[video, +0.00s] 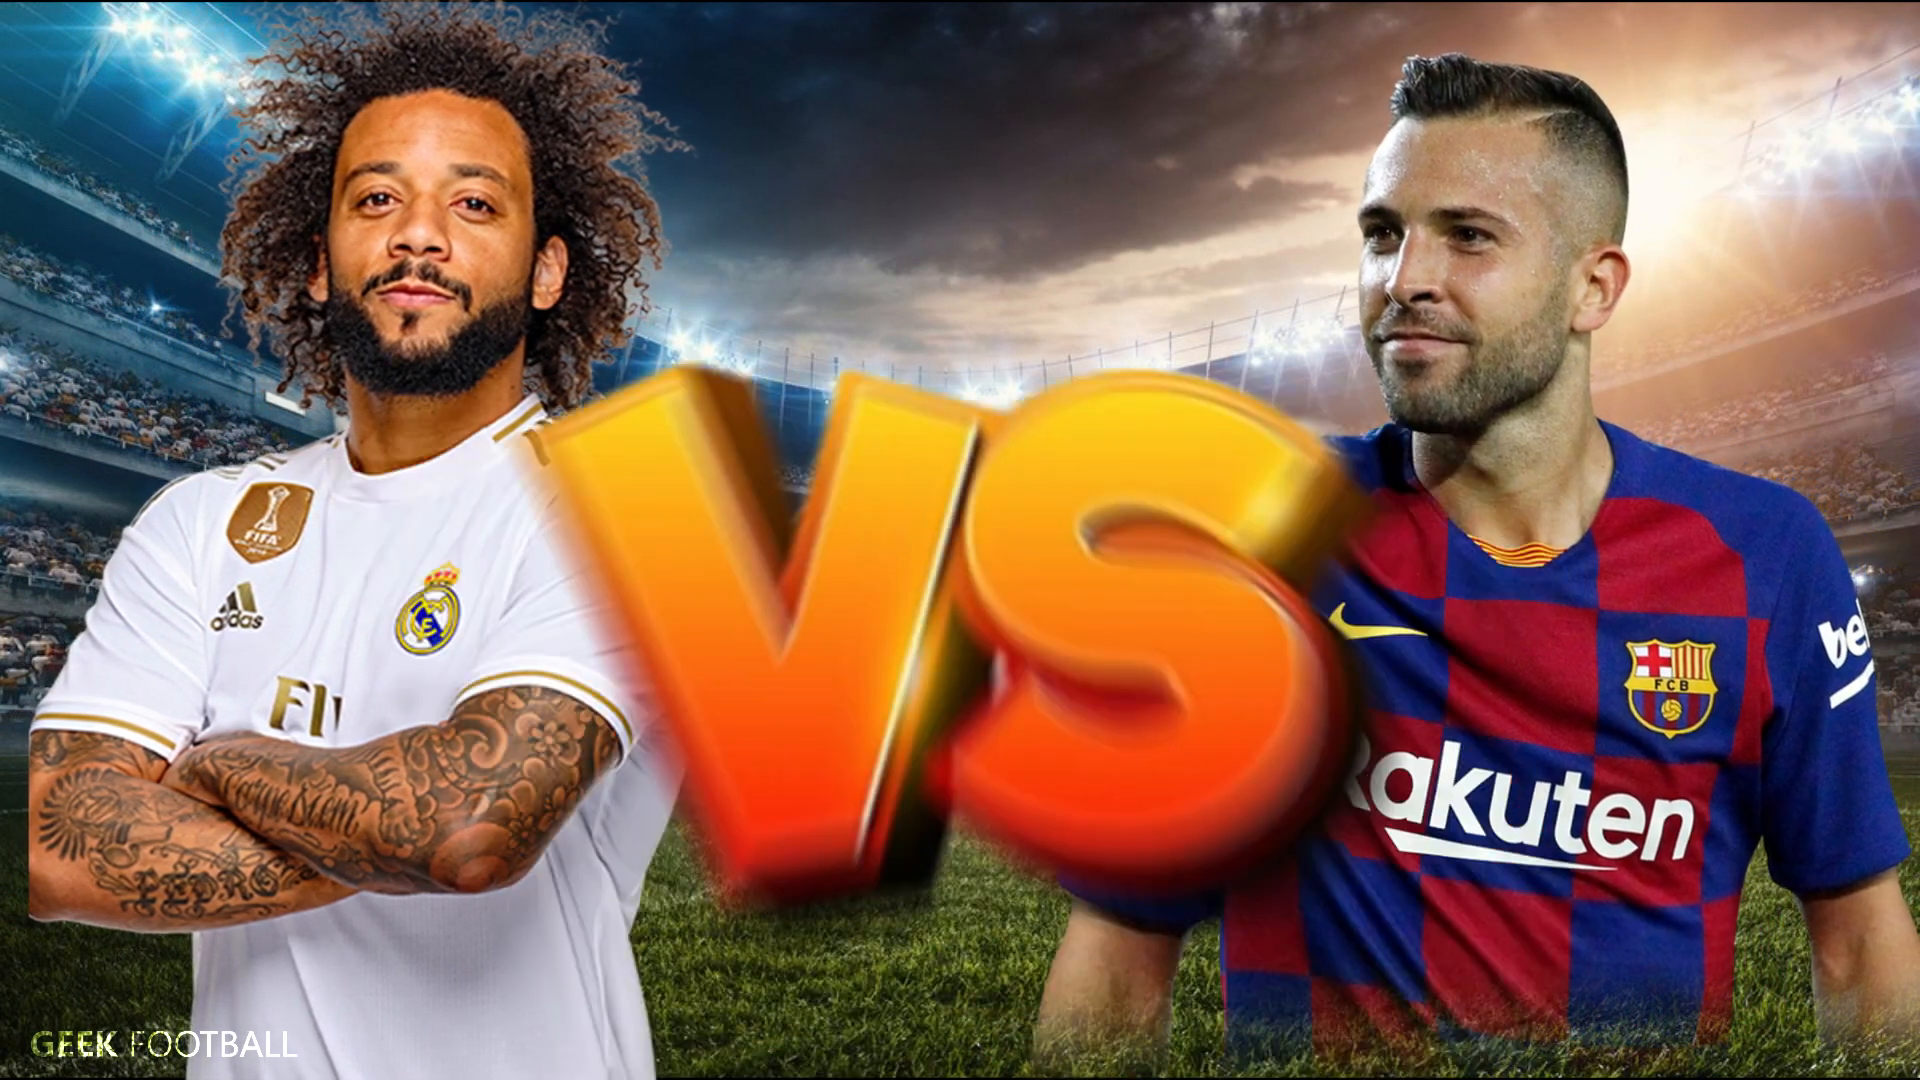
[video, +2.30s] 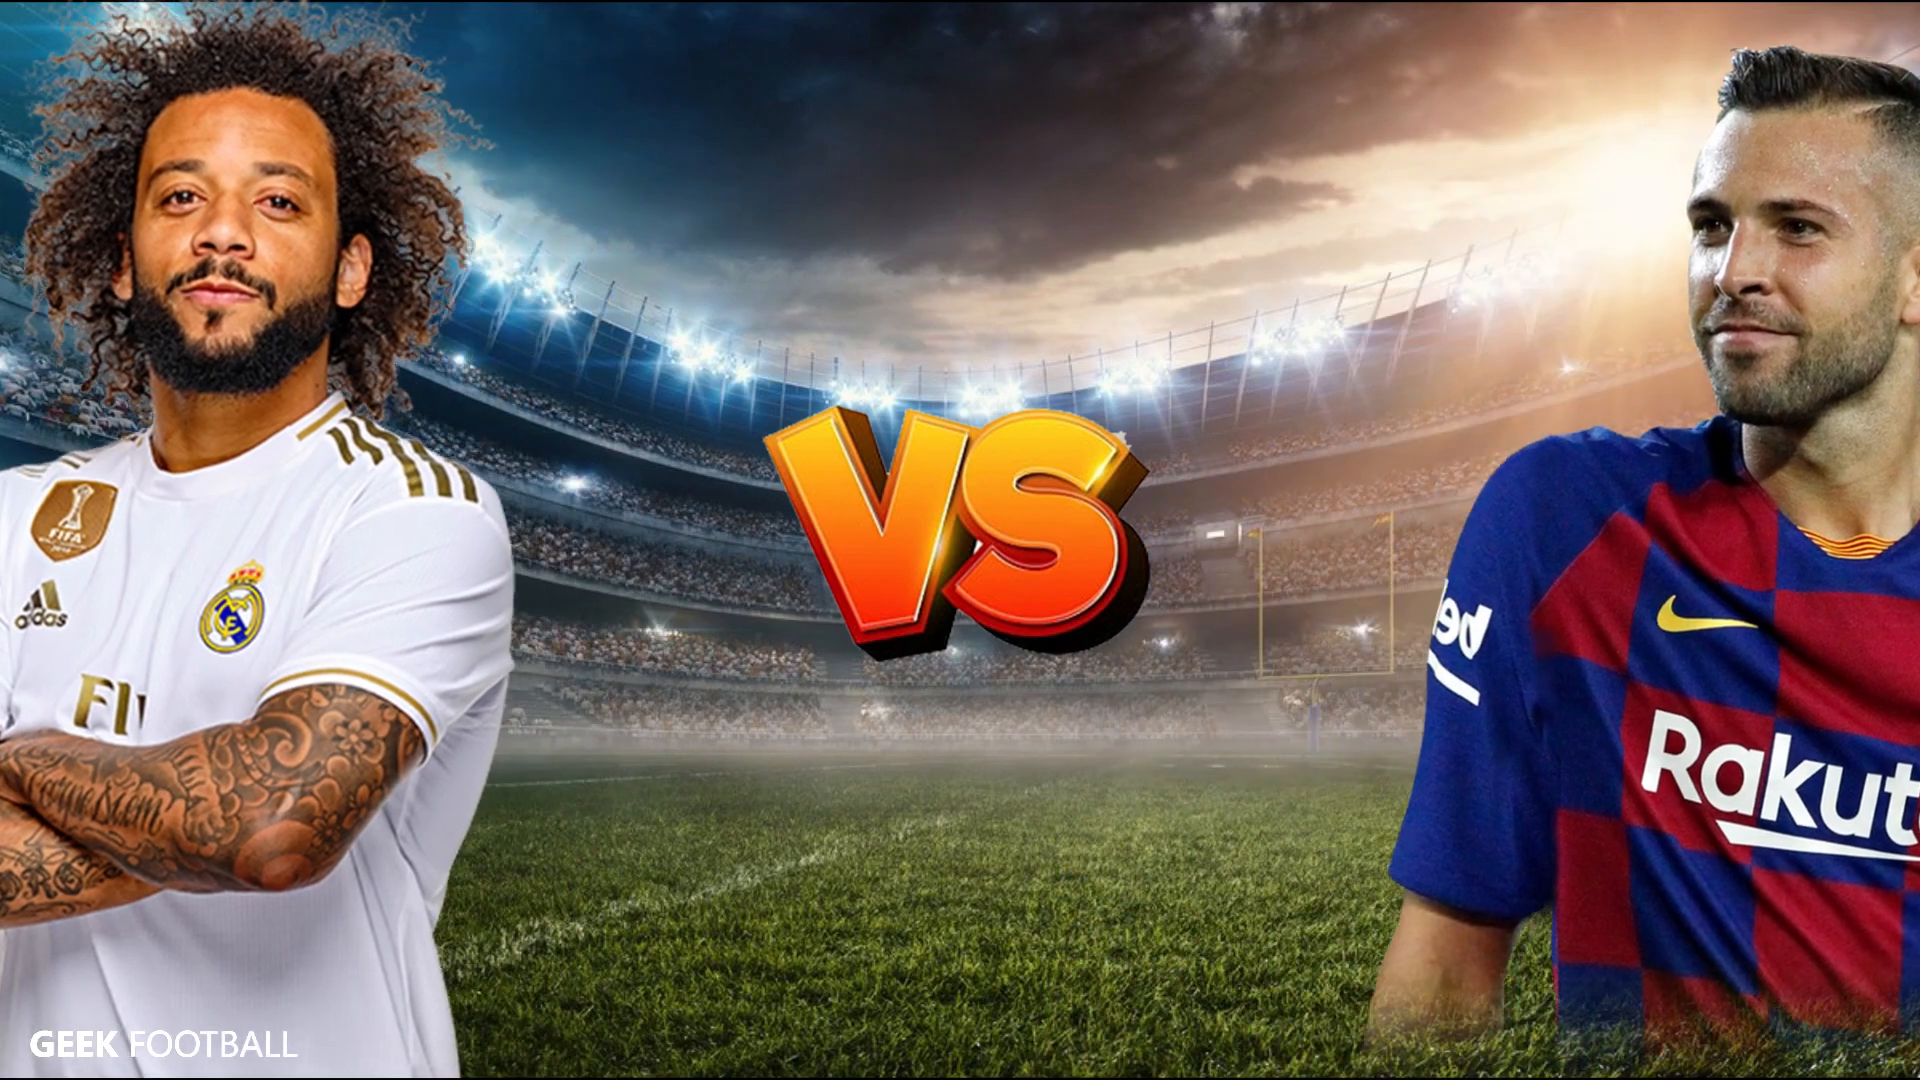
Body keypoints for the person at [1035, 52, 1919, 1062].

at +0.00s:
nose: (1402, 281)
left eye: (1469, 236)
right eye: (1382, 235)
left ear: (1593, 289)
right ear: (1357, 261)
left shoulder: (1766, 557)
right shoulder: (1261, 534)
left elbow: (1859, 932)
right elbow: (1124, 939)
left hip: (1632, 1049)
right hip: (1317, 1050)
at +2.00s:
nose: (1527, 289)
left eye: (1592, 242)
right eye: (1505, 243)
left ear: (1717, 295)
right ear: (1482, 267)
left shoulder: (1892, 563)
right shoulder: (1346, 530)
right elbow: (1242, 962)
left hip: (1768, 1060)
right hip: (1445, 1055)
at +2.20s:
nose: (1653, 280)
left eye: (1719, 234)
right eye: (1633, 234)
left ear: (1844, 285)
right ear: (1612, 255)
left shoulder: (1911, 540)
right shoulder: (1480, 522)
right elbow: (1369, 960)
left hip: (1881, 1046)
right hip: (1582, 1048)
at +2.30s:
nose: (1736, 274)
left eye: (1801, 229)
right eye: (1714, 229)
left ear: (1915, 280)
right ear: (1688, 253)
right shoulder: (1561, 516)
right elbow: (1448, 946)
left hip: (1891, 1043)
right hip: (1645, 1051)